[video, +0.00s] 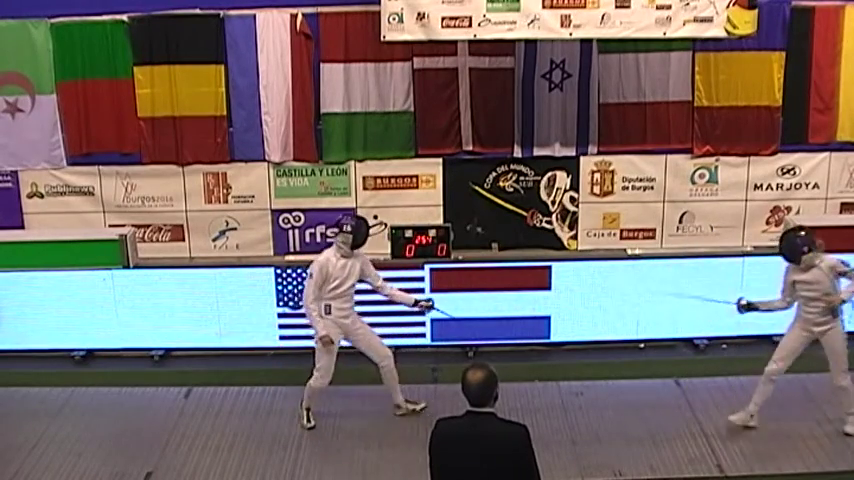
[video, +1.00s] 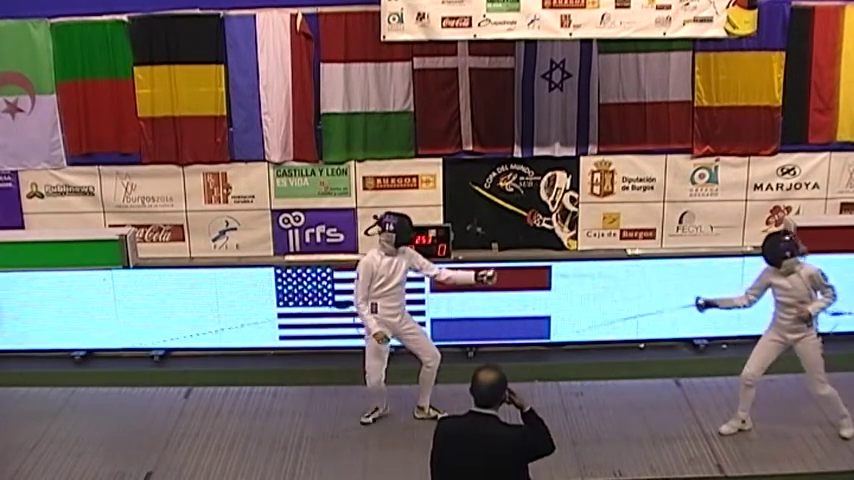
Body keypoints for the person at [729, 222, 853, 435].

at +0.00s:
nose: (801, 263)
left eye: (803, 259)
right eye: (797, 261)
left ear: (809, 251)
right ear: (793, 259)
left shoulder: (829, 264)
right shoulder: (792, 272)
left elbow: (853, 280)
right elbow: (786, 301)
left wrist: (843, 297)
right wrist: (753, 306)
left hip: (831, 327)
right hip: (802, 326)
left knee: (841, 380)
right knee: (772, 370)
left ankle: (850, 419)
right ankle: (750, 414)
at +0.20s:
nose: (811, 266)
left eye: (813, 261)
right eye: (807, 263)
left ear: (818, 254)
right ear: (803, 262)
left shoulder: (838, 269)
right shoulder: (799, 273)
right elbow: (790, 303)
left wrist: (846, 305)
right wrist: (757, 315)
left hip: (839, 331)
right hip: (812, 331)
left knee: (839, 379)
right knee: (798, 376)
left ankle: (842, 417)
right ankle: (811, 411)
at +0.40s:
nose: (808, 263)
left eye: (810, 259)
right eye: (804, 260)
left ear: (817, 252)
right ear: (799, 258)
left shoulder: (835, 265)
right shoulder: (798, 271)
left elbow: (852, 284)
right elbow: (795, 301)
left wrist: (843, 299)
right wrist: (763, 316)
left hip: (836, 328)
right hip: (807, 326)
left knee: (838, 376)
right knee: (777, 367)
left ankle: (842, 417)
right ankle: (782, 409)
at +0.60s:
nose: (789, 267)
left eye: (790, 262)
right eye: (785, 264)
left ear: (798, 256)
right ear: (782, 262)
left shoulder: (818, 273)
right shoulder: (781, 276)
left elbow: (842, 293)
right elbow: (764, 305)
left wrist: (825, 310)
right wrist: (732, 307)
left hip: (817, 334)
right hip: (790, 332)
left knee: (829, 380)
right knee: (758, 374)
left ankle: (842, 416)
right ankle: (742, 417)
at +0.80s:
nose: (777, 263)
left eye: (779, 259)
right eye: (773, 260)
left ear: (789, 252)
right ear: (769, 257)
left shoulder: (806, 266)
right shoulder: (766, 270)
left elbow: (828, 287)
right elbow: (746, 296)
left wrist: (810, 301)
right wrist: (712, 294)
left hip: (808, 329)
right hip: (779, 329)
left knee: (823, 380)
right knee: (753, 374)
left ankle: (843, 414)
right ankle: (742, 417)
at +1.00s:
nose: (779, 269)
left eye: (781, 265)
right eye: (776, 266)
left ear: (791, 257)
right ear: (773, 263)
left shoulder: (810, 273)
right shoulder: (770, 274)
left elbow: (830, 295)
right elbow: (747, 299)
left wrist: (812, 309)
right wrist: (712, 303)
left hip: (805, 336)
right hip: (776, 333)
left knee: (820, 388)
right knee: (748, 376)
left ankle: (845, 420)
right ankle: (742, 419)